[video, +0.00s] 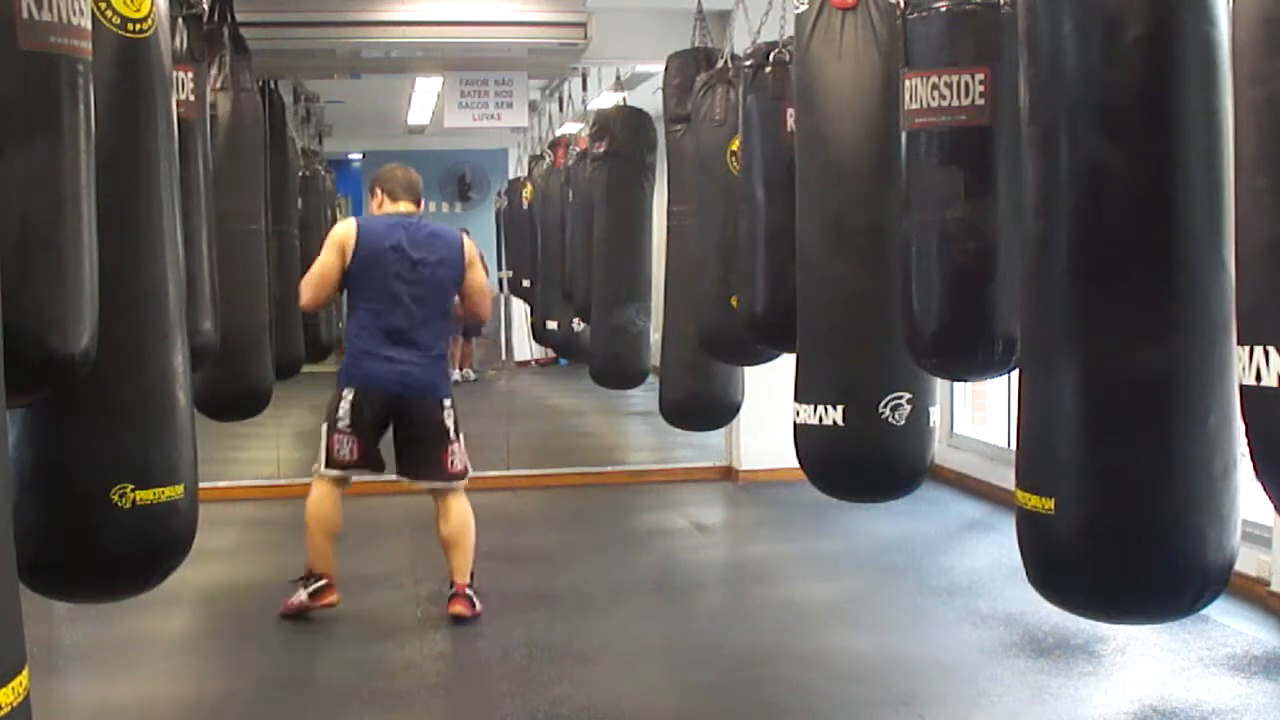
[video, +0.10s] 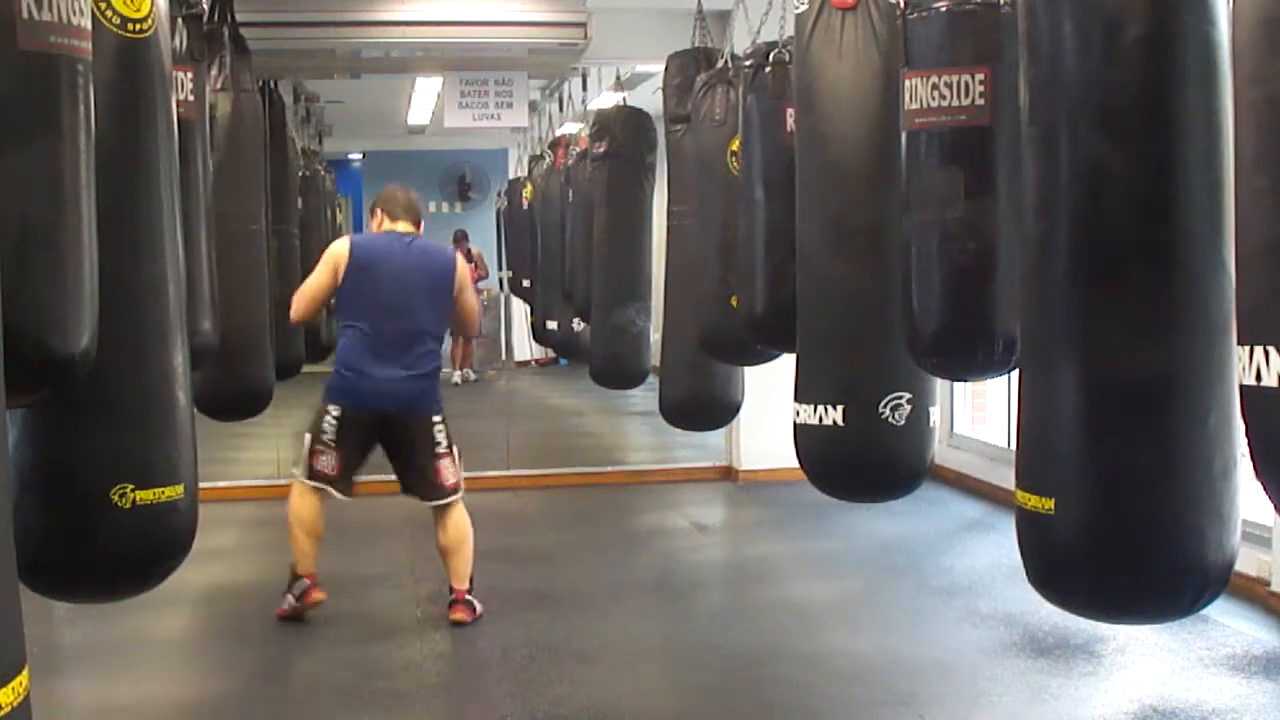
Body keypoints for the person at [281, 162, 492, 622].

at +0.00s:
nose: (369, 206)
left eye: (370, 200)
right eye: (372, 202)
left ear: (378, 199)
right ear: (421, 203)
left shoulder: (350, 232)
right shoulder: (459, 243)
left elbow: (309, 298)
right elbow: (480, 312)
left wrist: (345, 269)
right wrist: (439, 301)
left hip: (363, 382)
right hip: (428, 387)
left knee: (329, 479)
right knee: (450, 490)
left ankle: (319, 580)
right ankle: (462, 589)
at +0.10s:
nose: (367, 225)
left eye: (369, 219)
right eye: (370, 221)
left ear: (378, 218)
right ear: (421, 225)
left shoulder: (345, 250)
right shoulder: (451, 262)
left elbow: (299, 312)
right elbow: (470, 324)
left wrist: (334, 284)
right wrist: (433, 295)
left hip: (352, 398)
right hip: (417, 402)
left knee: (308, 484)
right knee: (447, 500)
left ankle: (303, 581)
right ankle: (461, 594)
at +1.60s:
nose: (419, 236)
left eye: (419, 228)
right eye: (417, 229)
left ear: (435, 221)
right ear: (459, 220)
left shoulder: (442, 255)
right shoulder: (503, 257)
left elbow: (413, 322)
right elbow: (491, 321)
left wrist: (386, 300)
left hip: (472, 390)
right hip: (517, 389)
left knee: (412, 476)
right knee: (517, 483)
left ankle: (457, 558)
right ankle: (540, 561)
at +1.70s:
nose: (418, 230)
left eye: (418, 222)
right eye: (417, 223)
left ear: (434, 214)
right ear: (458, 213)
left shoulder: (441, 249)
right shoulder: (505, 249)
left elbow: (429, 321)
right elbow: (506, 310)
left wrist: (403, 307)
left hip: (471, 377)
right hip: (517, 379)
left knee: (400, 452)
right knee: (514, 472)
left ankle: (431, 547)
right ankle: (539, 559)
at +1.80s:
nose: (412, 227)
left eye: (412, 219)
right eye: (410, 220)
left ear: (427, 211)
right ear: (454, 207)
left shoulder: (435, 243)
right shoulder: (501, 242)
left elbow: (417, 313)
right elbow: (494, 306)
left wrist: (390, 290)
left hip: (463, 377)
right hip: (512, 376)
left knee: (412, 464)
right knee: (515, 470)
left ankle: (396, 565)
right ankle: (540, 561)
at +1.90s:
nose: (407, 230)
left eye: (407, 222)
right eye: (405, 223)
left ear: (423, 214)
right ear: (453, 211)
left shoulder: (428, 248)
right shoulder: (497, 248)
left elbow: (392, 311)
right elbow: (464, 306)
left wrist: (365, 287)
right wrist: (402, 275)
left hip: (453, 382)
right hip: (503, 381)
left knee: (417, 476)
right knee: (513, 478)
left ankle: (392, 569)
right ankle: (538, 561)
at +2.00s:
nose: (401, 235)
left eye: (402, 226)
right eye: (399, 228)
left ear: (420, 216)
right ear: (444, 215)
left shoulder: (425, 250)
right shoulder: (492, 248)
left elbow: (390, 312)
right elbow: (448, 309)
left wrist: (364, 286)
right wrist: (395, 275)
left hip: (452, 381)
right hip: (501, 381)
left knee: (402, 471)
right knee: (507, 475)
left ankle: (389, 568)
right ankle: (537, 559)